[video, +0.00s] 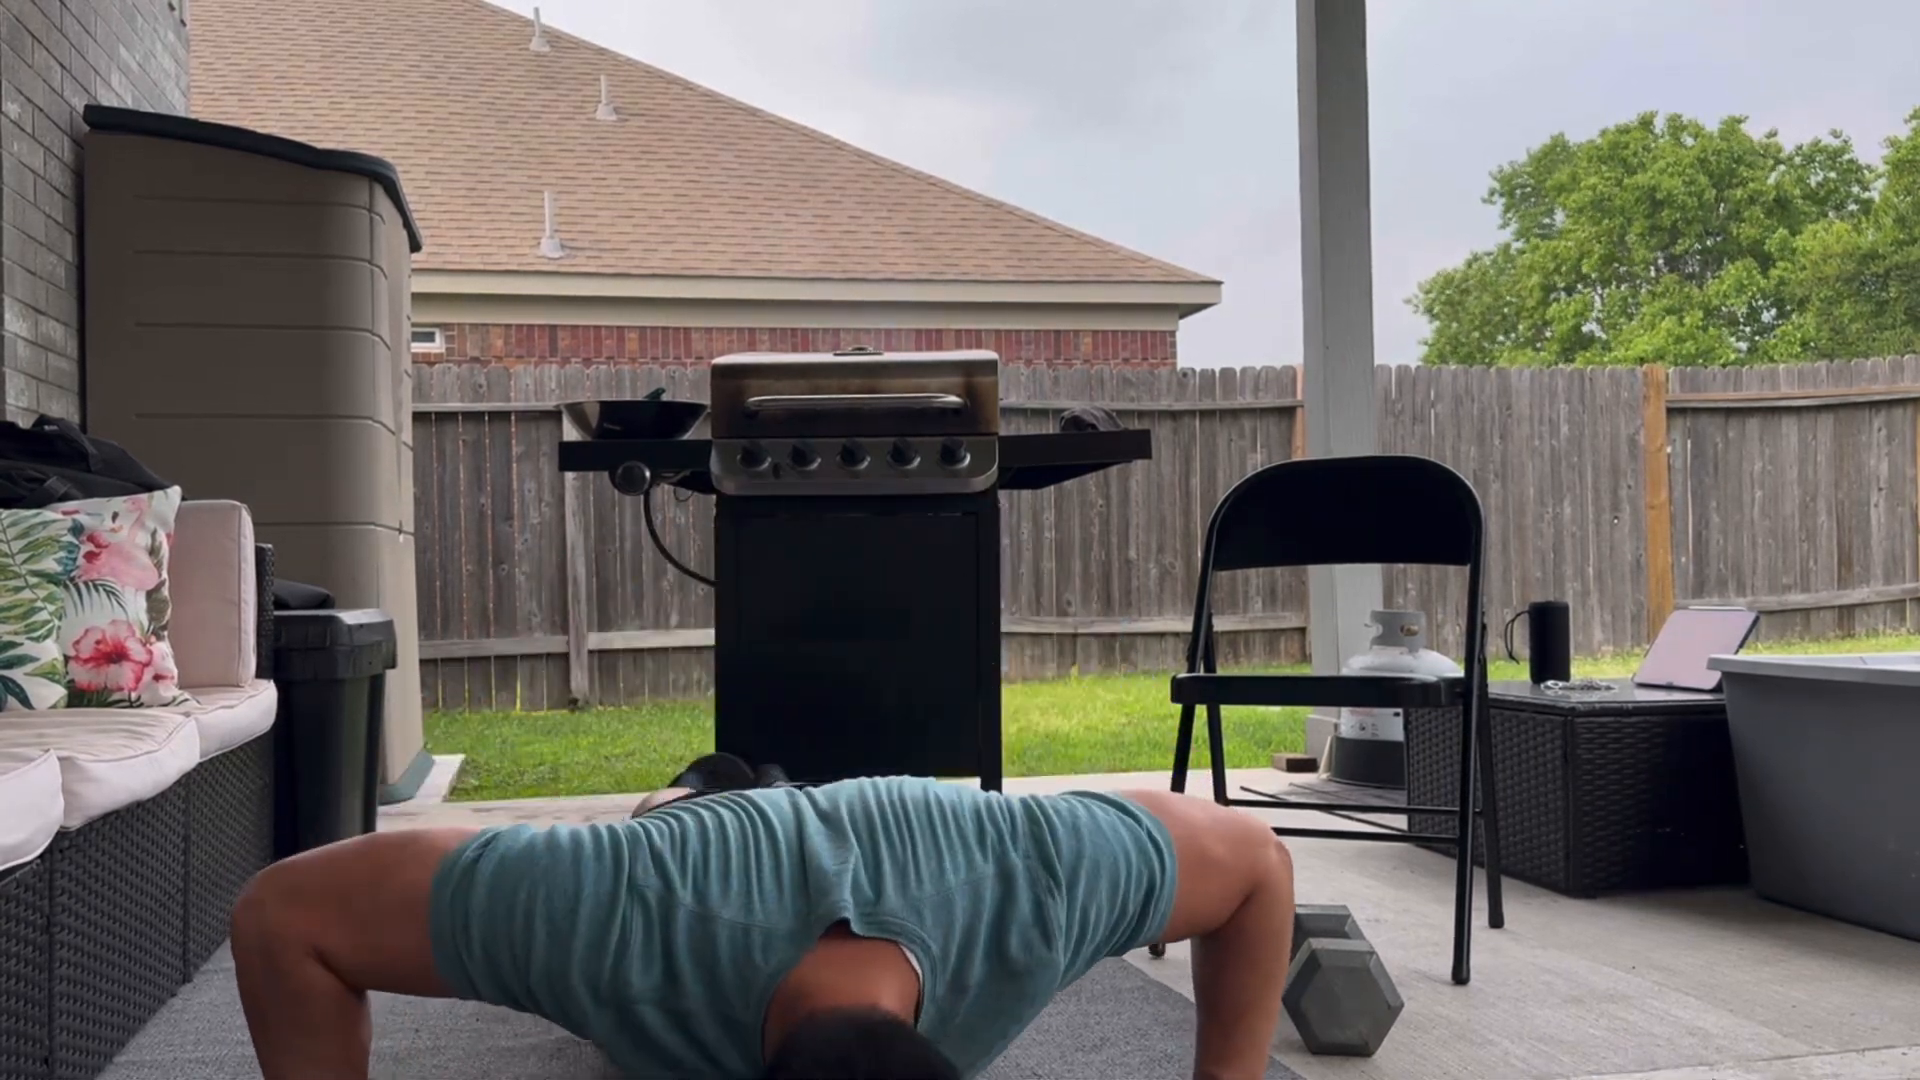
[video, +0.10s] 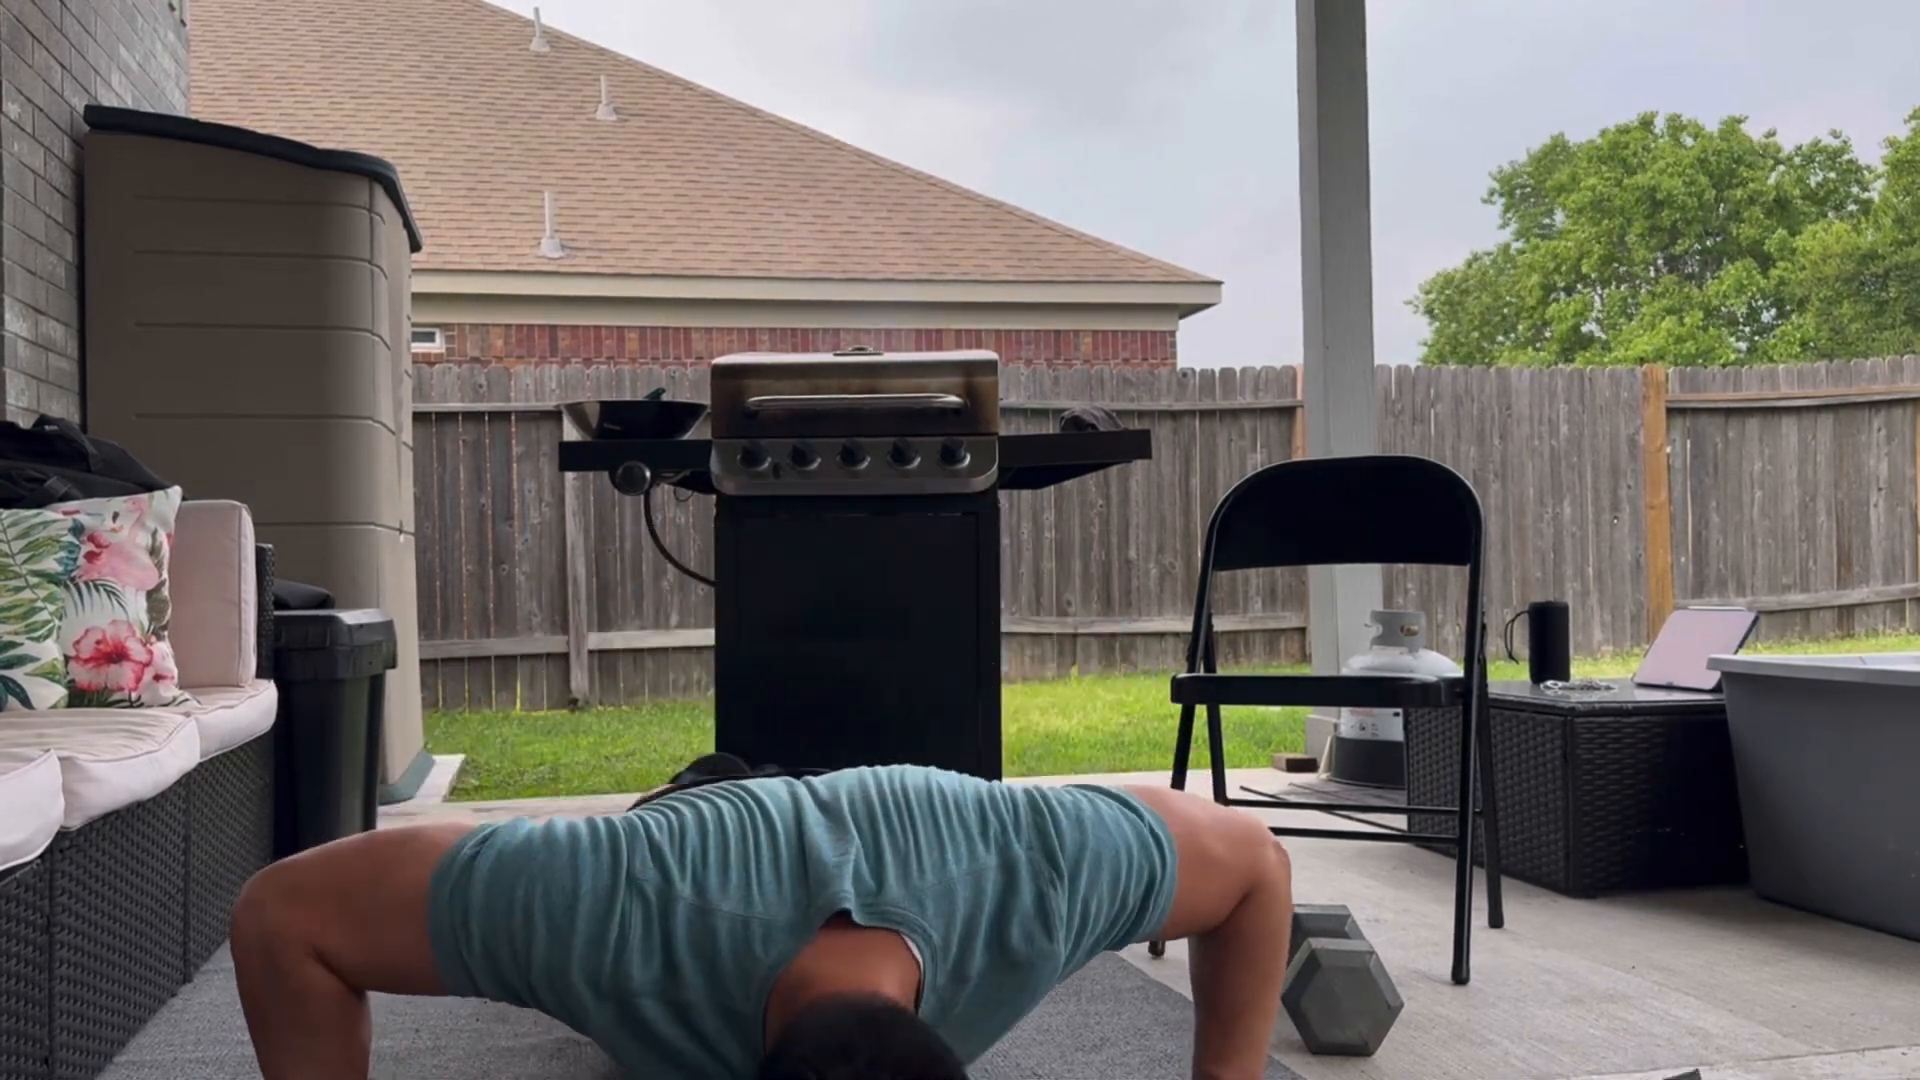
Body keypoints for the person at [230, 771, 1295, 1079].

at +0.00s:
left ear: (937, 1047)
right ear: (754, 1051)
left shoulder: (1045, 887)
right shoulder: (615, 925)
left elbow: (1253, 867)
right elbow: (284, 923)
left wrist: (1231, 1069)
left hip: (937, 824)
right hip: (688, 837)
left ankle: (1282, 939)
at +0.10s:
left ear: (939, 1038)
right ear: (752, 1043)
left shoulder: (1043, 878)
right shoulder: (605, 919)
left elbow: (1254, 869)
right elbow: (281, 923)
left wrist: (1229, 1073)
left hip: (923, 819)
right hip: (685, 831)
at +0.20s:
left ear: (956, 990)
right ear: (743, 996)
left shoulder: (1053, 824)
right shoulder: (596, 850)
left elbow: (1253, 871)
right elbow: (281, 923)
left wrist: (1228, 1067)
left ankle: (1273, 899)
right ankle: (449, 804)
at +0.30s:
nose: (841, 1069)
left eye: (885, 1053)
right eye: (801, 1041)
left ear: (962, 891)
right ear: (733, 876)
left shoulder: (1049, 734)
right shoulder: (586, 754)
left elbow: (1234, 870)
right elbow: (302, 917)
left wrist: (1223, 1070)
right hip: (673, 887)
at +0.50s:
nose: (820, 942)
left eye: (862, 924)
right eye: (791, 904)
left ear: (955, 784)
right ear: (726, 751)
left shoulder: (1034, 642)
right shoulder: (585, 638)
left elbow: (1199, 857)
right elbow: (349, 888)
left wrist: (1212, 1070)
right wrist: (349, 1073)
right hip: (670, 893)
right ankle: (627, 805)